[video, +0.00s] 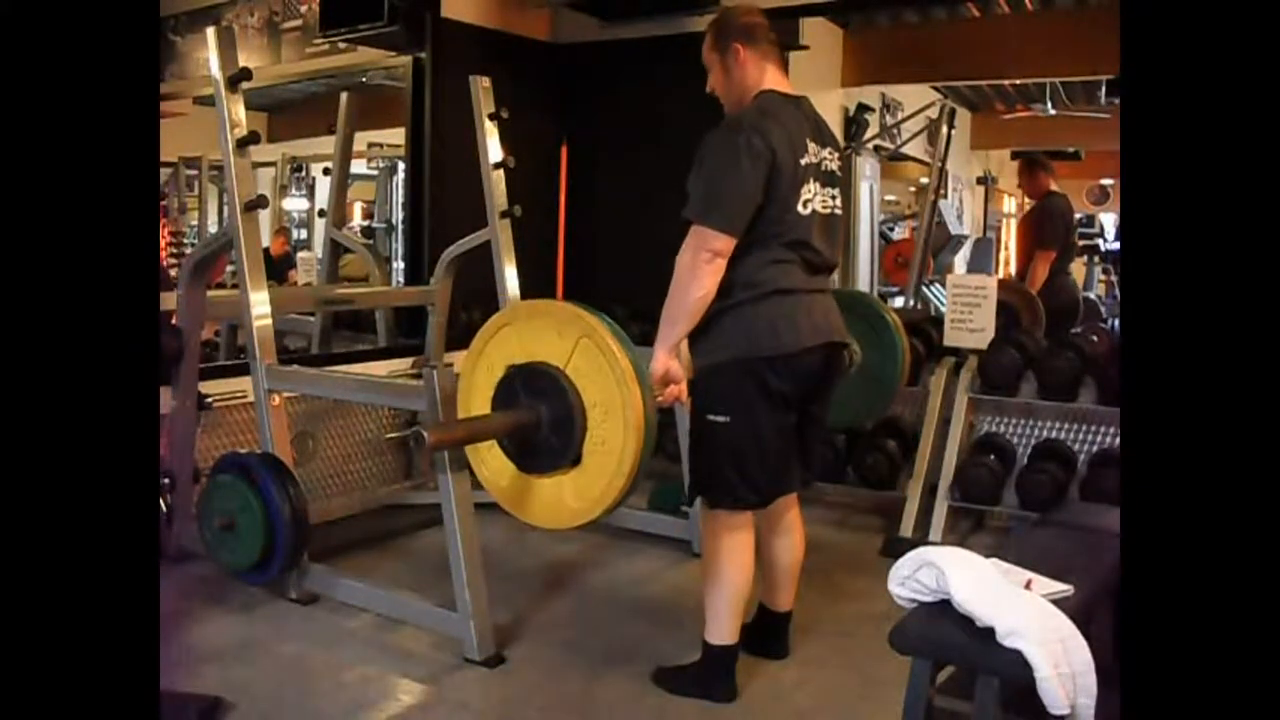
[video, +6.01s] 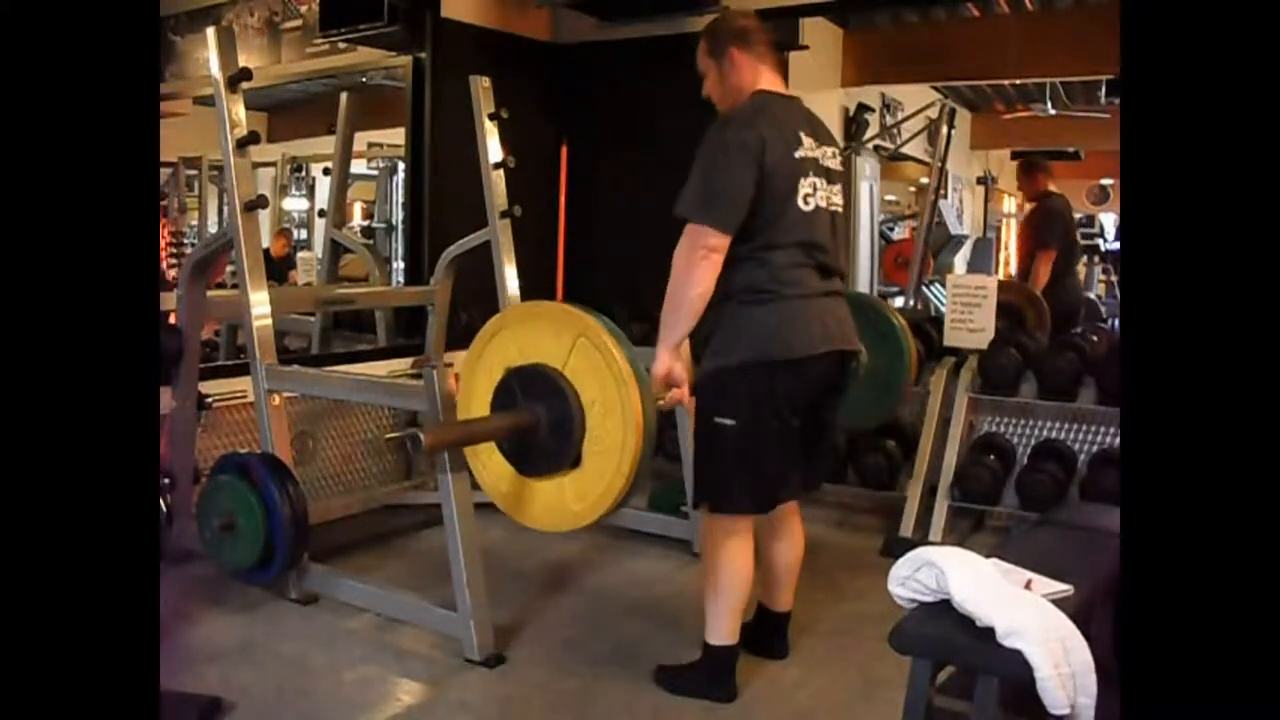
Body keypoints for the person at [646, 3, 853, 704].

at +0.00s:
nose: (711, 85)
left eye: (711, 69)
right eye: (709, 71)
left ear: (736, 58)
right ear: (773, 56)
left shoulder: (744, 132)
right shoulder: (814, 126)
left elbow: (709, 249)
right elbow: (801, 247)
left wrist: (665, 345)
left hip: (749, 343)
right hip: (812, 338)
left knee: (728, 506)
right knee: (779, 492)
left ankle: (715, 668)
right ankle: (772, 631)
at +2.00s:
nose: (693, 89)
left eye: (693, 74)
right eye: (691, 76)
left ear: (719, 62)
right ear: (753, 62)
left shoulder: (728, 134)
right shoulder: (808, 130)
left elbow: (698, 252)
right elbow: (807, 243)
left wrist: (668, 353)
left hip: (758, 347)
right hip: (828, 340)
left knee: (731, 511)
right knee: (784, 498)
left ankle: (715, 668)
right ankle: (772, 631)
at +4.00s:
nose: (634, 212)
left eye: (632, 195)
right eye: (630, 198)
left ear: (657, 182)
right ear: (688, 178)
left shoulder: (681, 233)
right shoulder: (747, 213)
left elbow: (668, 352)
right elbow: (801, 297)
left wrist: (649, 465)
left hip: (811, 367)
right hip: (885, 351)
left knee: (736, 505)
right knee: (797, 505)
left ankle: (716, 668)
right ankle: (772, 631)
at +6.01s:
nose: (707, 91)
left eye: (706, 76)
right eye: (704, 78)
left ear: (730, 62)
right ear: (771, 60)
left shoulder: (741, 129)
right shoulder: (818, 129)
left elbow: (704, 247)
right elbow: (811, 247)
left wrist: (669, 345)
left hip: (754, 348)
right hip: (824, 345)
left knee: (727, 509)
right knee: (781, 494)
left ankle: (715, 668)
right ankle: (772, 631)